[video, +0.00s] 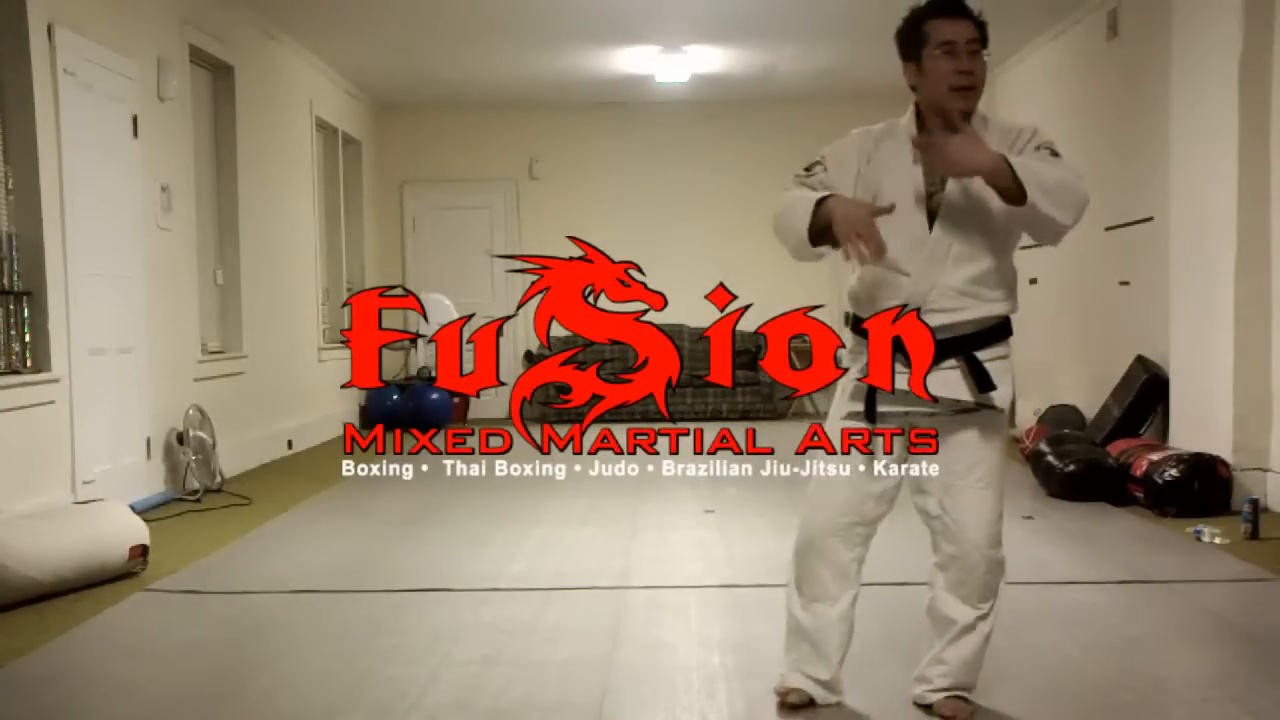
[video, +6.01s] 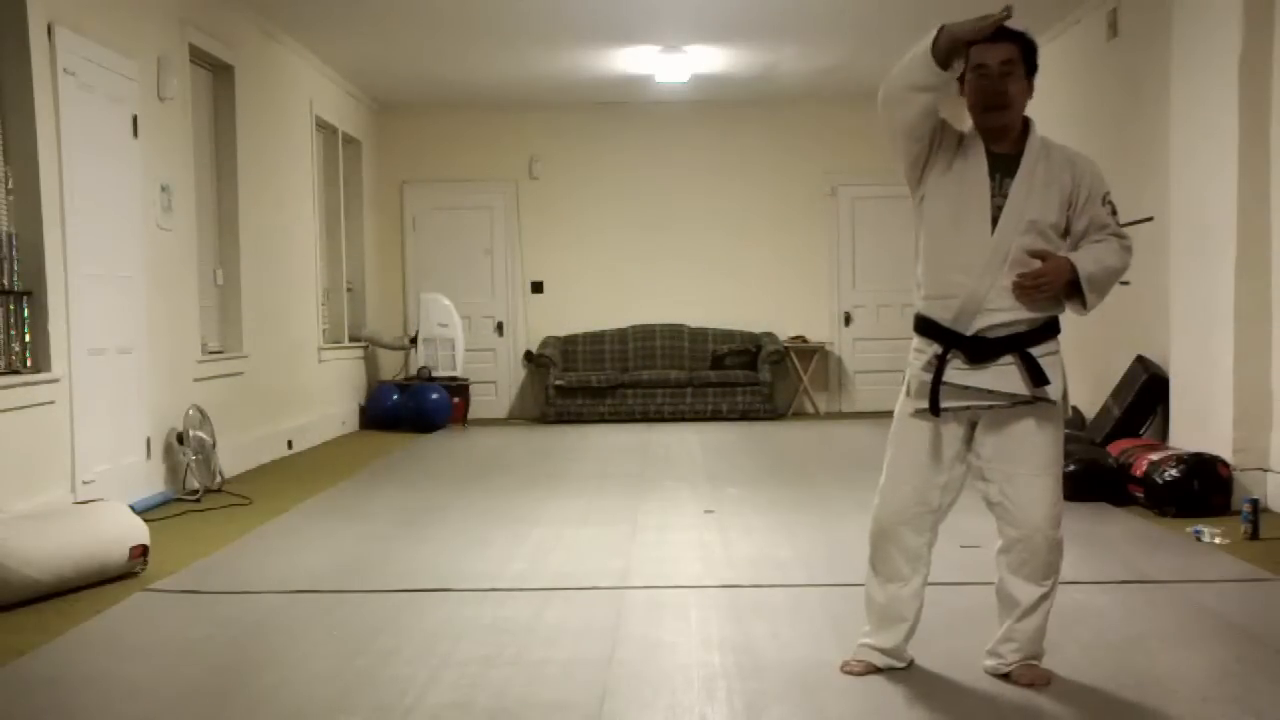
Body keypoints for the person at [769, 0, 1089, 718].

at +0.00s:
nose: (968, 64)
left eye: (976, 50)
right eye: (949, 52)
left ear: (987, 63)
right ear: (912, 69)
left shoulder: (1014, 144)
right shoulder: (865, 149)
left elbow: (1070, 206)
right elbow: (788, 215)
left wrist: (995, 168)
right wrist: (830, 210)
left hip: (972, 362)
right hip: (874, 362)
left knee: (975, 545)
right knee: (827, 531)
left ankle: (947, 688)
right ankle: (807, 680)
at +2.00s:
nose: (941, 96)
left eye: (957, 82)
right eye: (931, 82)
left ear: (987, 88)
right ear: (918, 88)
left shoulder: (1035, 162)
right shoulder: (880, 160)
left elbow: (1085, 233)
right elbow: (790, 191)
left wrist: (1053, 260)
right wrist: (810, 146)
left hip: (1000, 369)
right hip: (907, 371)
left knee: (1022, 523)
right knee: (880, 518)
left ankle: (1015, 654)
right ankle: (877, 642)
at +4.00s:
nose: (965, 86)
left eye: (980, 73)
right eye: (952, 75)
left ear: (1004, 84)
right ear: (936, 88)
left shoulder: (1048, 168)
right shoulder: (902, 157)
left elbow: (1093, 245)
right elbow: (844, 122)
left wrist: (1048, 268)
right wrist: (852, 63)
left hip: (1002, 362)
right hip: (912, 362)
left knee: (1019, 522)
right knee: (884, 515)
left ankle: (1014, 654)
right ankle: (881, 643)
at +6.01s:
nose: (991, 83)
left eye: (1007, 70)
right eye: (978, 71)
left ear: (1029, 84)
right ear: (960, 85)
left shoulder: (1070, 171)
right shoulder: (935, 158)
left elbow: (1113, 249)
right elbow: (900, 98)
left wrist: (1074, 270)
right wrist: (951, 38)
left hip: (1026, 369)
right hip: (936, 366)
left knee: (1036, 526)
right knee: (899, 514)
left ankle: (1016, 653)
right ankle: (882, 641)